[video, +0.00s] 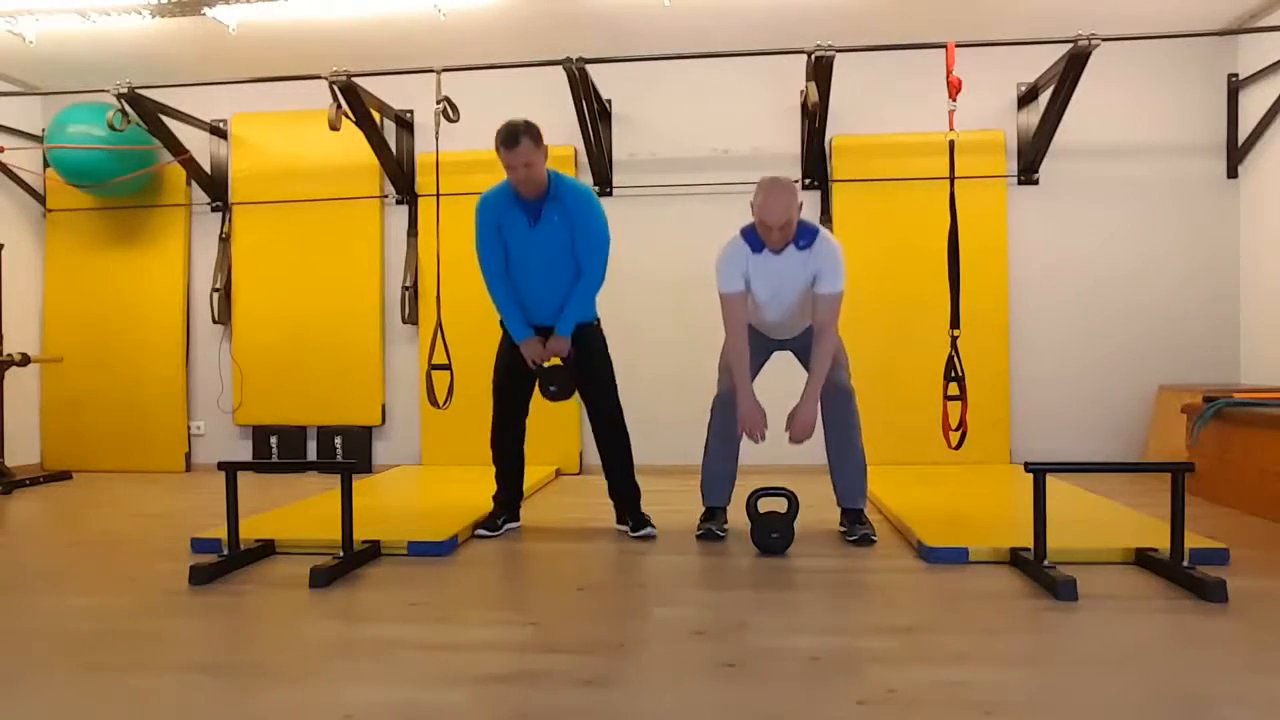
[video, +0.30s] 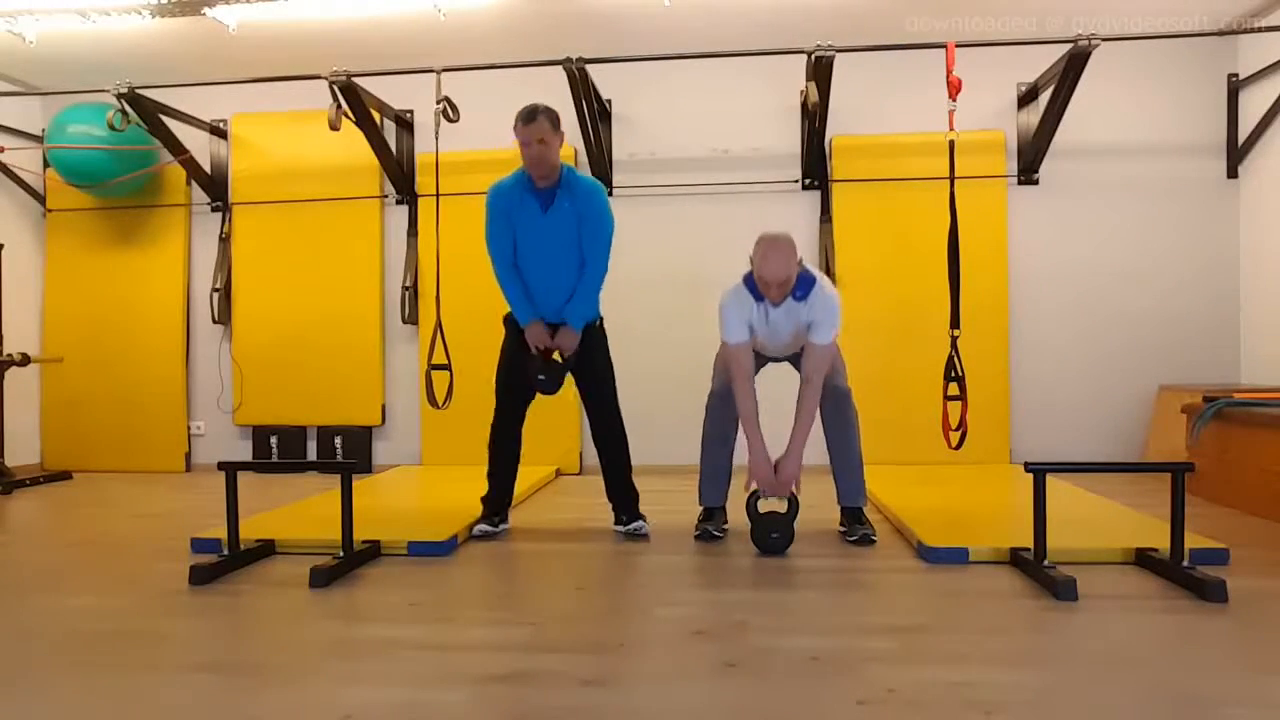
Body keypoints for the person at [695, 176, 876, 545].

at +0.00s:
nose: (775, 236)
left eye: (784, 226)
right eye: (766, 227)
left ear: (799, 211)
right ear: (753, 211)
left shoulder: (825, 250)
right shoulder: (734, 254)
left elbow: (826, 331)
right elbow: (736, 332)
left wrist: (809, 403)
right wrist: (745, 397)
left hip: (809, 333)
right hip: (754, 334)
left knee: (840, 395)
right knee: (726, 401)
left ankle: (853, 510)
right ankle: (715, 508)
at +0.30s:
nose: (774, 293)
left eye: (783, 284)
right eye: (765, 284)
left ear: (798, 267)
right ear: (752, 267)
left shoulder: (824, 298)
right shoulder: (735, 300)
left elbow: (813, 380)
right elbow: (742, 384)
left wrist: (794, 455)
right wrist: (757, 454)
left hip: (806, 347)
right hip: (750, 348)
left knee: (839, 398)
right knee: (720, 399)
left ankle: (853, 510)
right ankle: (712, 509)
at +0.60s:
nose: (778, 312)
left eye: (789, 303)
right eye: (769, 302)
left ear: (803, 288)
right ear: (756, 286)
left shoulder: (829, 314)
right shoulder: (737, 312)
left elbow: (814, 393)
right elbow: (746, 392)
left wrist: (794, 457)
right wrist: (759, 456)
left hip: (807, 352)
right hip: (751, 352)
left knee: (844, 405)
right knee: (720, 406)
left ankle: (853, 511)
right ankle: (713, 509)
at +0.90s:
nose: (776, 278)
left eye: (787, 268)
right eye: (768, 268)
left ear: (805, 258)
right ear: (759, 260)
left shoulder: (833, 293)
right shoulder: (738, 294)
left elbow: (819, 357)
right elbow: (749, 357)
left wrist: (799, 406)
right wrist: (766, 404)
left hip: (809, 347)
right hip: (751, 346)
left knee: (848, 400)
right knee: (717, 401)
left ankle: (854, 511)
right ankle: (712, 510)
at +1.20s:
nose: (774, 234)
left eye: (784, 225)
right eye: (766, 225)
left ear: (803, 223)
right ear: (758, 224)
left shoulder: (833, 268)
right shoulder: (740, 273)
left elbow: (822, 336)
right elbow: (749, 336)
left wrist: (804, 387)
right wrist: (766, 387)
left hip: (812, 345)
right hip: (754, 345)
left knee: (851, 399)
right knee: (721, 403)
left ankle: (854, 511)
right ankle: (713, 511)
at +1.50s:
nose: (774, 149)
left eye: (783, 141)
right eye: (767, 143)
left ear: (801, 150)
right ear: (759, 154)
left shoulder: (828, 205)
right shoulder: (746, 209)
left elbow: (824, 275)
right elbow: (754, 278)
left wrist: (810, 332)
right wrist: (769, 331)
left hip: (815, 322)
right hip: (757, 323)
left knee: (853, 403)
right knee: (724, 407)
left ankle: (854, 512)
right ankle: (713, 512)